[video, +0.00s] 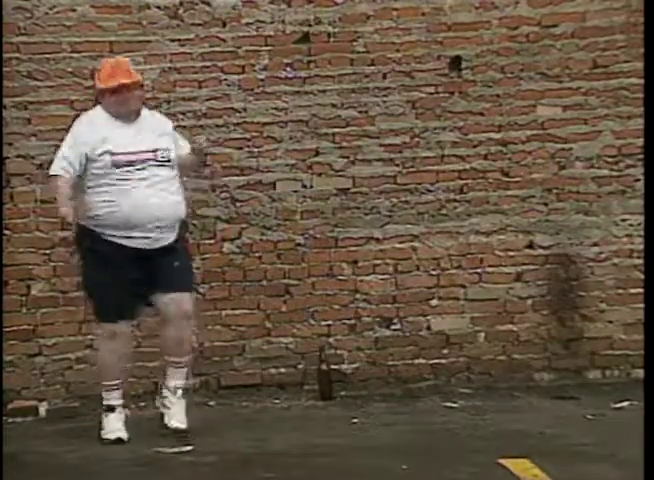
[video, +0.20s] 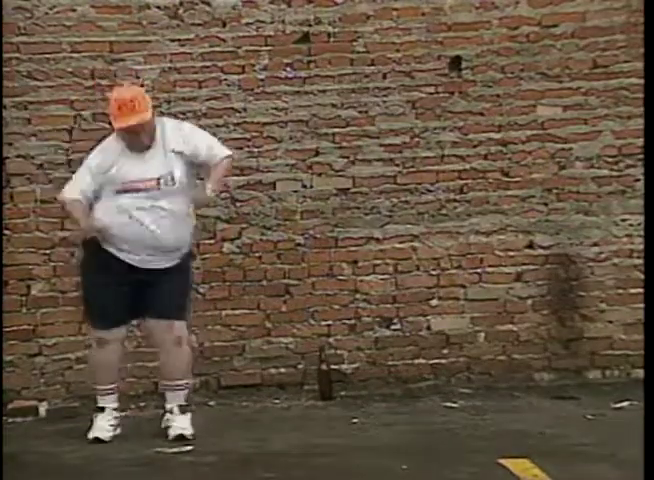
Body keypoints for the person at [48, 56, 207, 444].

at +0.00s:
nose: (133, 94)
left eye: (135, 88)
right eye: (124, 90)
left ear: (141, 89)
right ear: (105, 97)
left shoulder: (157, 122)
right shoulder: (88, 127)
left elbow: (181, 160)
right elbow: (64, 173)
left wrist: (200, 161)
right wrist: (65, 207)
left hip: (165, 241)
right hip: (108, 243)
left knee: (181, 309)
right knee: (115, 327)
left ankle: (174, 392)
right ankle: (113, 409)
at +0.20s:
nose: (137, 132)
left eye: (141, 124)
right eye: (128, 127)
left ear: (152, 114)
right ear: (116, 124)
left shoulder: (178, 135)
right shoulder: (107, 152)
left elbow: (222, 158)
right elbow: (70, 194)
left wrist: (211, 186)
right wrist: (86, 221)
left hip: (169, 260)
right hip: (111, 258)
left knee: (173, 334)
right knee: (105, 336)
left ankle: (178, 412)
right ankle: (107, 412)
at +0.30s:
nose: (140, 149)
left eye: (144, 141)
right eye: (132, 144)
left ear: (155, 126)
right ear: (119, 136)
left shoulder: (182, 147)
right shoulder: (109, 156)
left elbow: (220, 176)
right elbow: (81, 197)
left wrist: (227, 219)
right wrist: (88, 205)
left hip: (173, 263)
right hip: (112, 258)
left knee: (174, 337)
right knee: (100, 330)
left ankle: (177, 412)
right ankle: (103, 408)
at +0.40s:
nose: (141, 143)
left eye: (145, 136)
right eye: (133, 138)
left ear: (157, 120)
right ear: (120, 128)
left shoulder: (184, 143)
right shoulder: (110, 142)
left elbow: (228, 181)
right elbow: (80, 174)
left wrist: (229, 226)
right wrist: (94, 183)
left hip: (171, 258)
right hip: (111, 252)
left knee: (173, 338)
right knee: (92, 320)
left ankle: (176, 411)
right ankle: (101, 399)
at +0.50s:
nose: (137, 131)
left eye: (143, 125)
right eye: (130, 125)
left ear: (157, 114)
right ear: (119, 114)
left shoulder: (184, 137)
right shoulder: (107, 130)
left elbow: (224, 178)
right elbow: (77, 178)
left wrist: (227, 220)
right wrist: (80, 170)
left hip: (174, 246)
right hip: (117, 246)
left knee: (174, 332)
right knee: (95, 316)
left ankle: (182, 411)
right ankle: (103, 400)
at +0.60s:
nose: (135, 132)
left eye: (143, 126)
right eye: (129, 125)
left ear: (158, 118)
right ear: (119, 117)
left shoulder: (184, 144)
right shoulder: (108, 134)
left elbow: (218, 189)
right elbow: (77, 173)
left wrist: (215, 224)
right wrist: (78, 173)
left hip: (173, 246)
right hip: (121, 251)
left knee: (174, 332)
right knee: (111, 330)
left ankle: (197, 411)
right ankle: (115, 412)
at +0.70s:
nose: (130, 135)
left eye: (137, 128)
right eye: (124, 128)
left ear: (154, 117)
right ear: (117, 122)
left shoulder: (180, 146)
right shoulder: (112, 150)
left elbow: (210, 186)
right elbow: (77, 184)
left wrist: (196, 200)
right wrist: (37, 187)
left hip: (172, 254)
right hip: (119, 259)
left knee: (171, 336)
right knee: (99, 329)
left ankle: (195, 413)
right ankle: (112, 412)